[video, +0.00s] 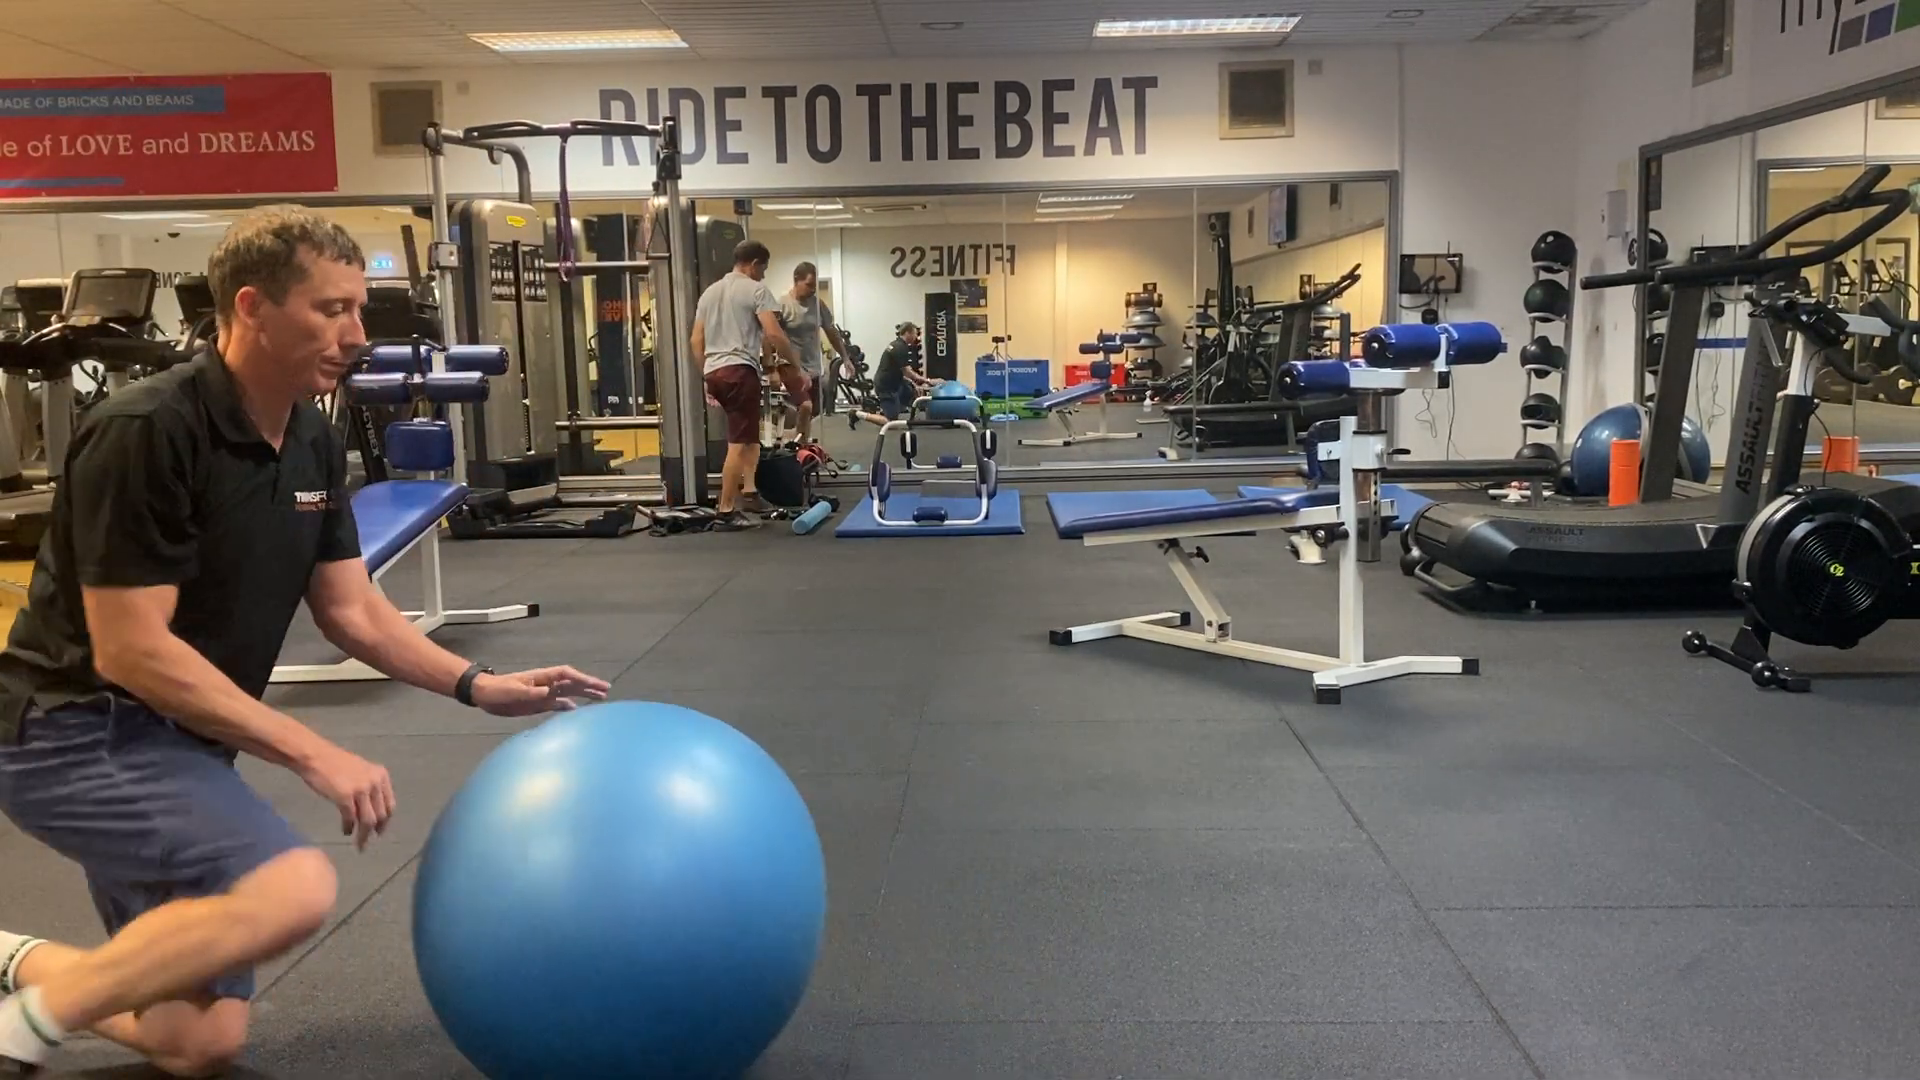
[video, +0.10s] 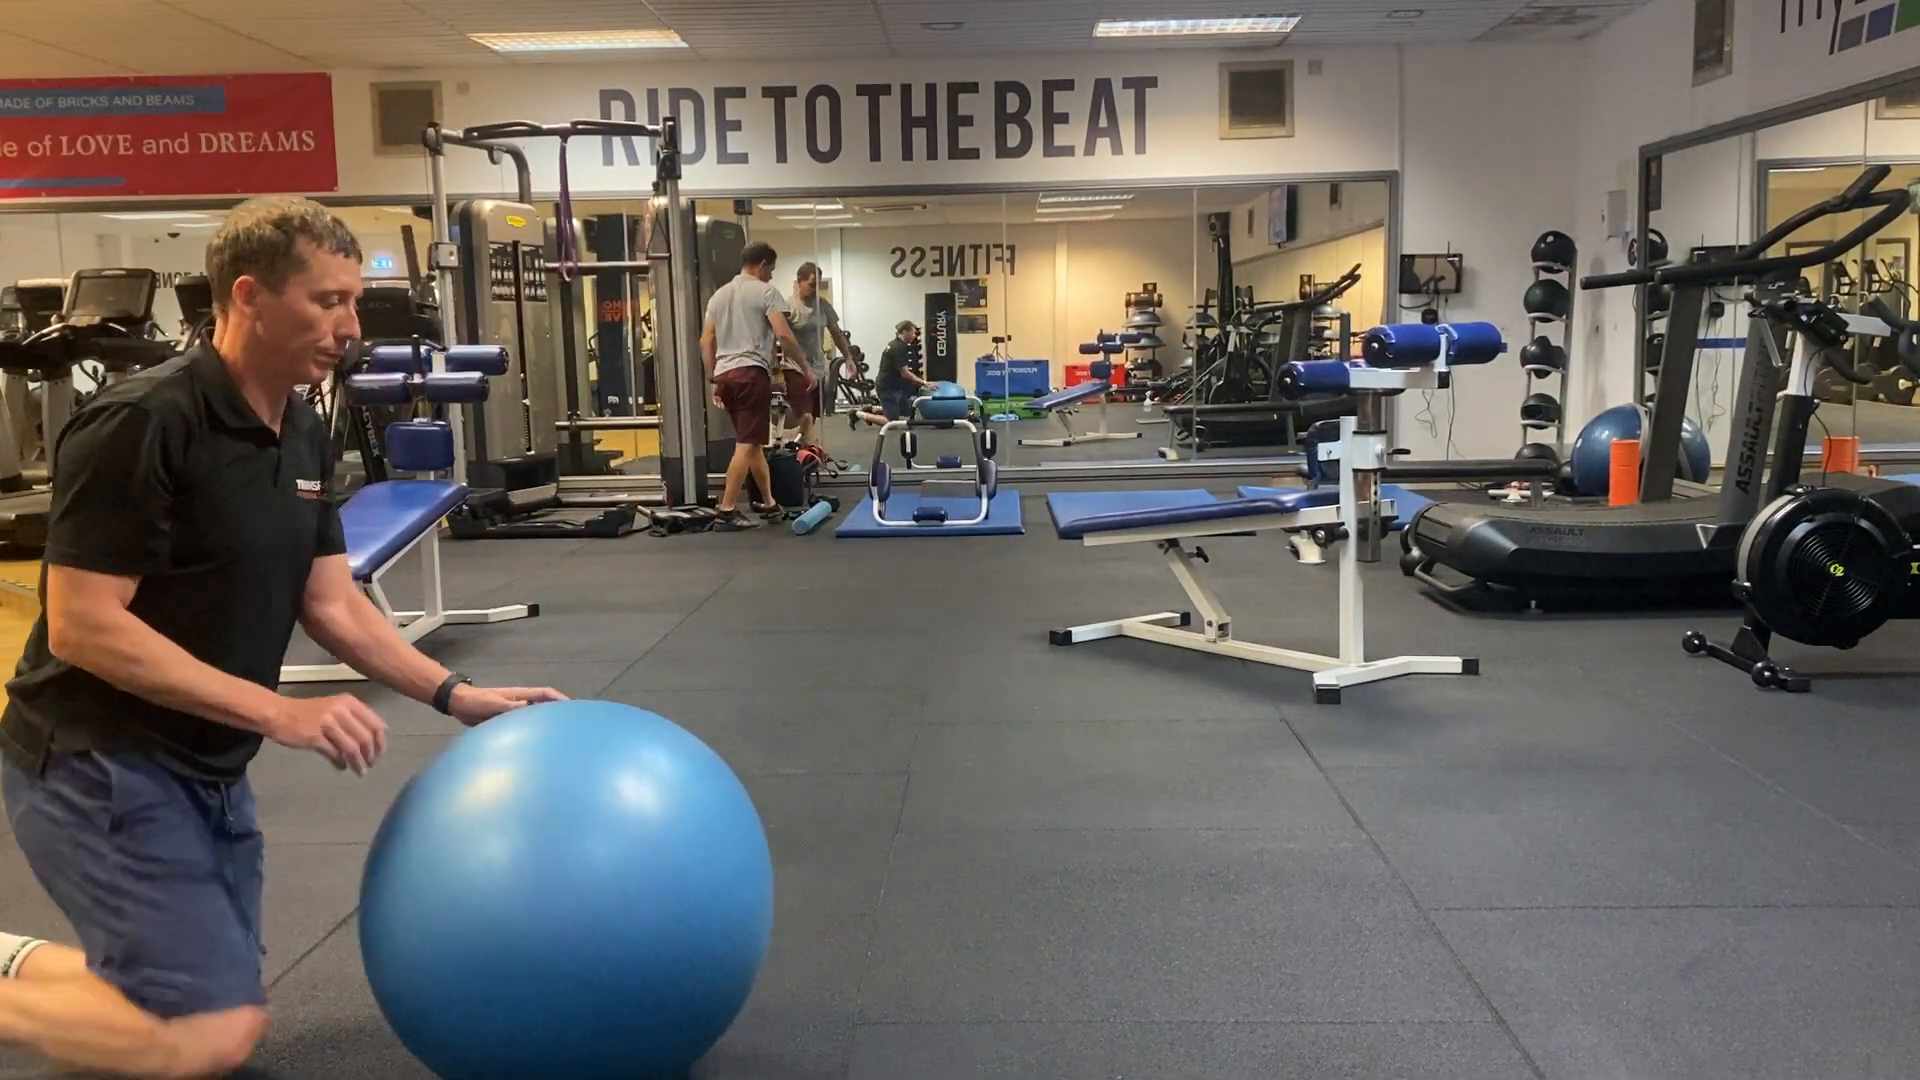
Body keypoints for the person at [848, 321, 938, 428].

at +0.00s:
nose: (916, 337)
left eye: (916, 334)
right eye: (914, 334)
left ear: (906, 333)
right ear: (907, 333)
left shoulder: (897, 344)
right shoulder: (901, 347)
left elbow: (901, 373)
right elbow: (907, 371)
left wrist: (914, 384)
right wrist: (928, 381)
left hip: (895, 382)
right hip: (886, 386)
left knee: (910, 394)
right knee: (891, 421)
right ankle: (857, 414)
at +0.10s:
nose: (914, 336)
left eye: (914, 333)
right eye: (913, 333)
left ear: (904, 332)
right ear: (904, 332)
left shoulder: (897, 344)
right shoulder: (899, 347)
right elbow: (904, 373)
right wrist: (924, 383)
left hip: (897, 385)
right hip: (887, 386)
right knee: (892, 421)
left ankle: (874, 412)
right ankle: (857, 414)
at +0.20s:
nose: (914, 335)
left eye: (914, 333)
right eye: (912, 332)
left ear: (904, 332)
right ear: (904, 332)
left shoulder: (896, 345)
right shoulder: (899, 347)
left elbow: (902, 371)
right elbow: (899, 372)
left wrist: (916, 379)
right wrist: (919, 385)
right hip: (887, 386)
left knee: (895, 418)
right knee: (893, 421)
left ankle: (864, 412)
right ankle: (860, 415)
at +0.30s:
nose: (916, 336)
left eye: (916, 333)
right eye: (914, 333)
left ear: (906, 333)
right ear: (906, 333)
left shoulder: (903, 346)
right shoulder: (900, 346)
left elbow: (902, 372)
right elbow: (894, 371)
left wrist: (916, 380)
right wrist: (912, 384)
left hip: (892, 385)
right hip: (887, 386)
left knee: (897, 420)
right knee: (892, 421)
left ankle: (865, 412)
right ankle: (860, 414)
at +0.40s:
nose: (920, 338)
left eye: (920, 335)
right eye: (919, 335)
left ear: (912, 335)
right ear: (912, 335)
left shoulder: (909, 349)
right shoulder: (901, 348)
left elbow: (905, 374)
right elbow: (895, 372)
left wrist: (917, 383)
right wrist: (913, 385)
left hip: (895, 385)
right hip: (886, 385)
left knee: (897, 422)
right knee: (890, 421)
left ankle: (867, 413)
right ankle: (862, 414)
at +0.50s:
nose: (924, 344)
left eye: (924, 341)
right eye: (923, 340)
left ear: (915, 339)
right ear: (914, 339)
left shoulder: (911, 352)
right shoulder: (904, 351)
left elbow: (907, 375)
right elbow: (900, 376)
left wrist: (920, 384)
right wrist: (918, 387)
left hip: (892, 387)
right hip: (884, 387)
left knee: (897, 422)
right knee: (893, 422)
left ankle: (867, 413)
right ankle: (866, 414)